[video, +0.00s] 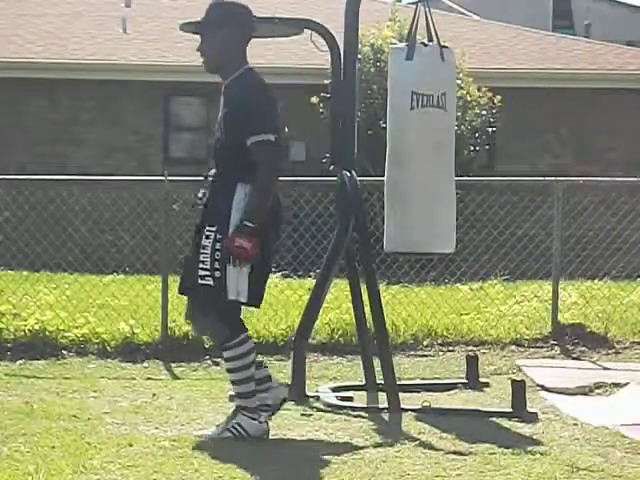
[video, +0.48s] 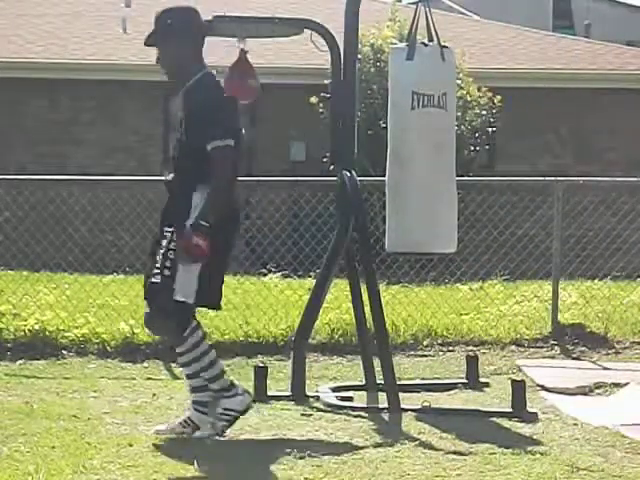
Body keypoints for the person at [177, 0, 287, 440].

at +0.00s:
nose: (199, 46)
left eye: (206, 37)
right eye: (200, 37)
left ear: (232, 39)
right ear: (226, 40)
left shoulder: (250, 89)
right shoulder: (235, 88)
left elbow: (267, 165)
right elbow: (237, 162)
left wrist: (251, 227)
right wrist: (215, 210)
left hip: (235, 218)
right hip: (220, 216)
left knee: (216, 311)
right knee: (205, 311)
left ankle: (253, 411)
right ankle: (262, 389)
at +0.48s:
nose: (157, 58)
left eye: (161, 47)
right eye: (156, 48)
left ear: (187, 45)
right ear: (180, 46)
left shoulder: (206, 93)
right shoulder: (193, 93)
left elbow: (223, 168)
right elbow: (198, 167)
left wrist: (202, 226)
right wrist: (177, 221)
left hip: (195, 218)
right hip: (182, 215)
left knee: (167, 313)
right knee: (169, 313)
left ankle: (225, 394)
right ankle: (203, 410)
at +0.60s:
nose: (143, 79)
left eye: (144, 69)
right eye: (141, 71)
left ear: (161, 64)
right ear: (173, 61)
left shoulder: (189, 106)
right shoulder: (191, 102)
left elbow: (207, 178)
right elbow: (217, 166)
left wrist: (188, 237)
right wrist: (179, 188)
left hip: (193, 227)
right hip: (198, 225)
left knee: (135, 311)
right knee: (169, 316)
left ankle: (200, 399)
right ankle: (196, 406)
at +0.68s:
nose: (130, 78)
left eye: (131, 67)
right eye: (127, 70)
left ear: (150, 60)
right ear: (162, 60)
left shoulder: (177, 100)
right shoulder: (197, 94)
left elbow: (190, 165)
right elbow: (244, 138)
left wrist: (175, 231)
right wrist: (215, 177)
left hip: (196, 224)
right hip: (216, 223)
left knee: (141, 310)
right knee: (184, 311)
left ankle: (178, 412)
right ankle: (206, 410)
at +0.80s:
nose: (116, 82)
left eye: (114, 74)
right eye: (113, 74)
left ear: (122, 67)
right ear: (153, 60)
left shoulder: (144, 95)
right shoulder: (190, 88)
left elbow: (158, 154)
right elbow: (243, 121)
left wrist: (143, 222)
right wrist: (235, 183)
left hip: (178, 215)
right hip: (218, 212)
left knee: (154, 313)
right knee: (217, 305)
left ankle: (176, 416)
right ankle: (246, 403)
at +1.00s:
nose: (128, 72)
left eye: (127, 66)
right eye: (133, 66)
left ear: (129, 65)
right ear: (170, 62)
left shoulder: (125, 100)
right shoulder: (200, 98)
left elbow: (118, 164)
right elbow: (241, 147)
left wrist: (96, 228)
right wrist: (261, 205)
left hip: (156, 216)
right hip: (205, 214)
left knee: (146, 319)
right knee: (206, 316)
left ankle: (178, 417)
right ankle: (261, 384)